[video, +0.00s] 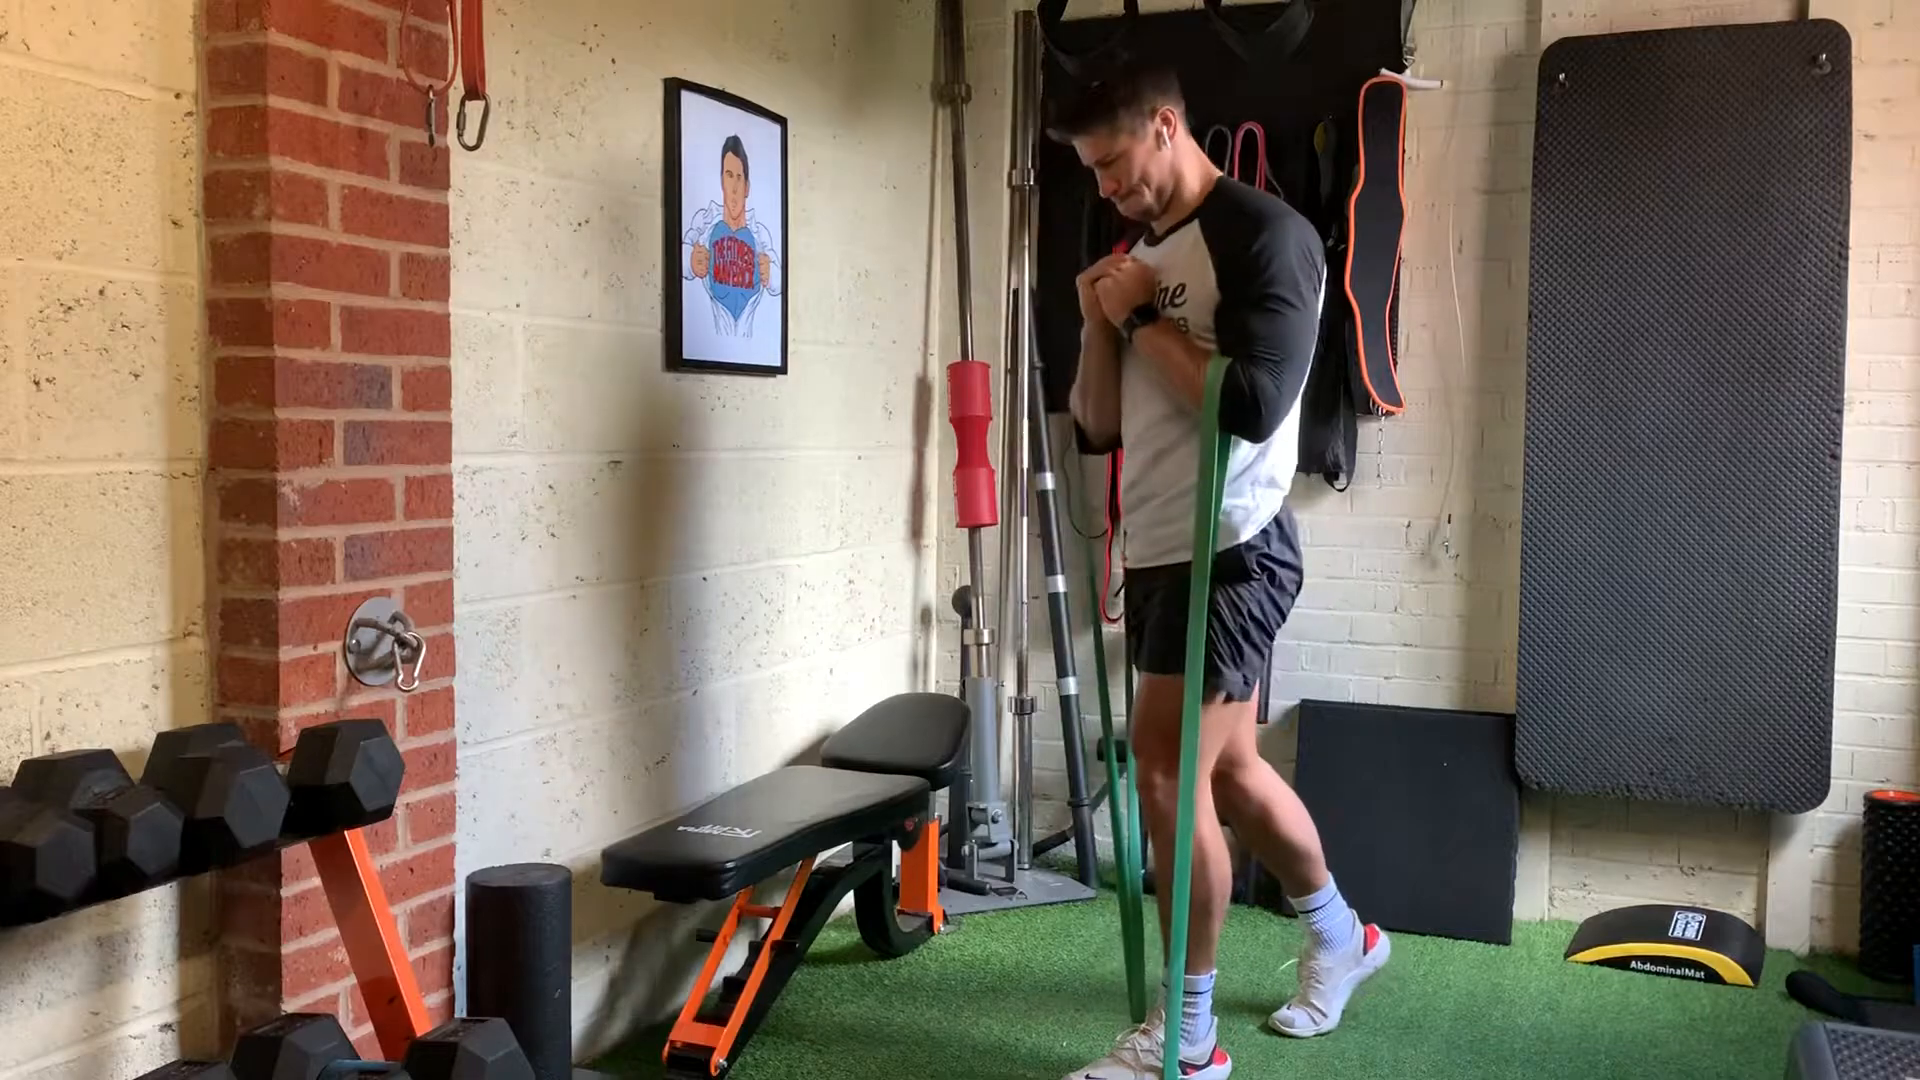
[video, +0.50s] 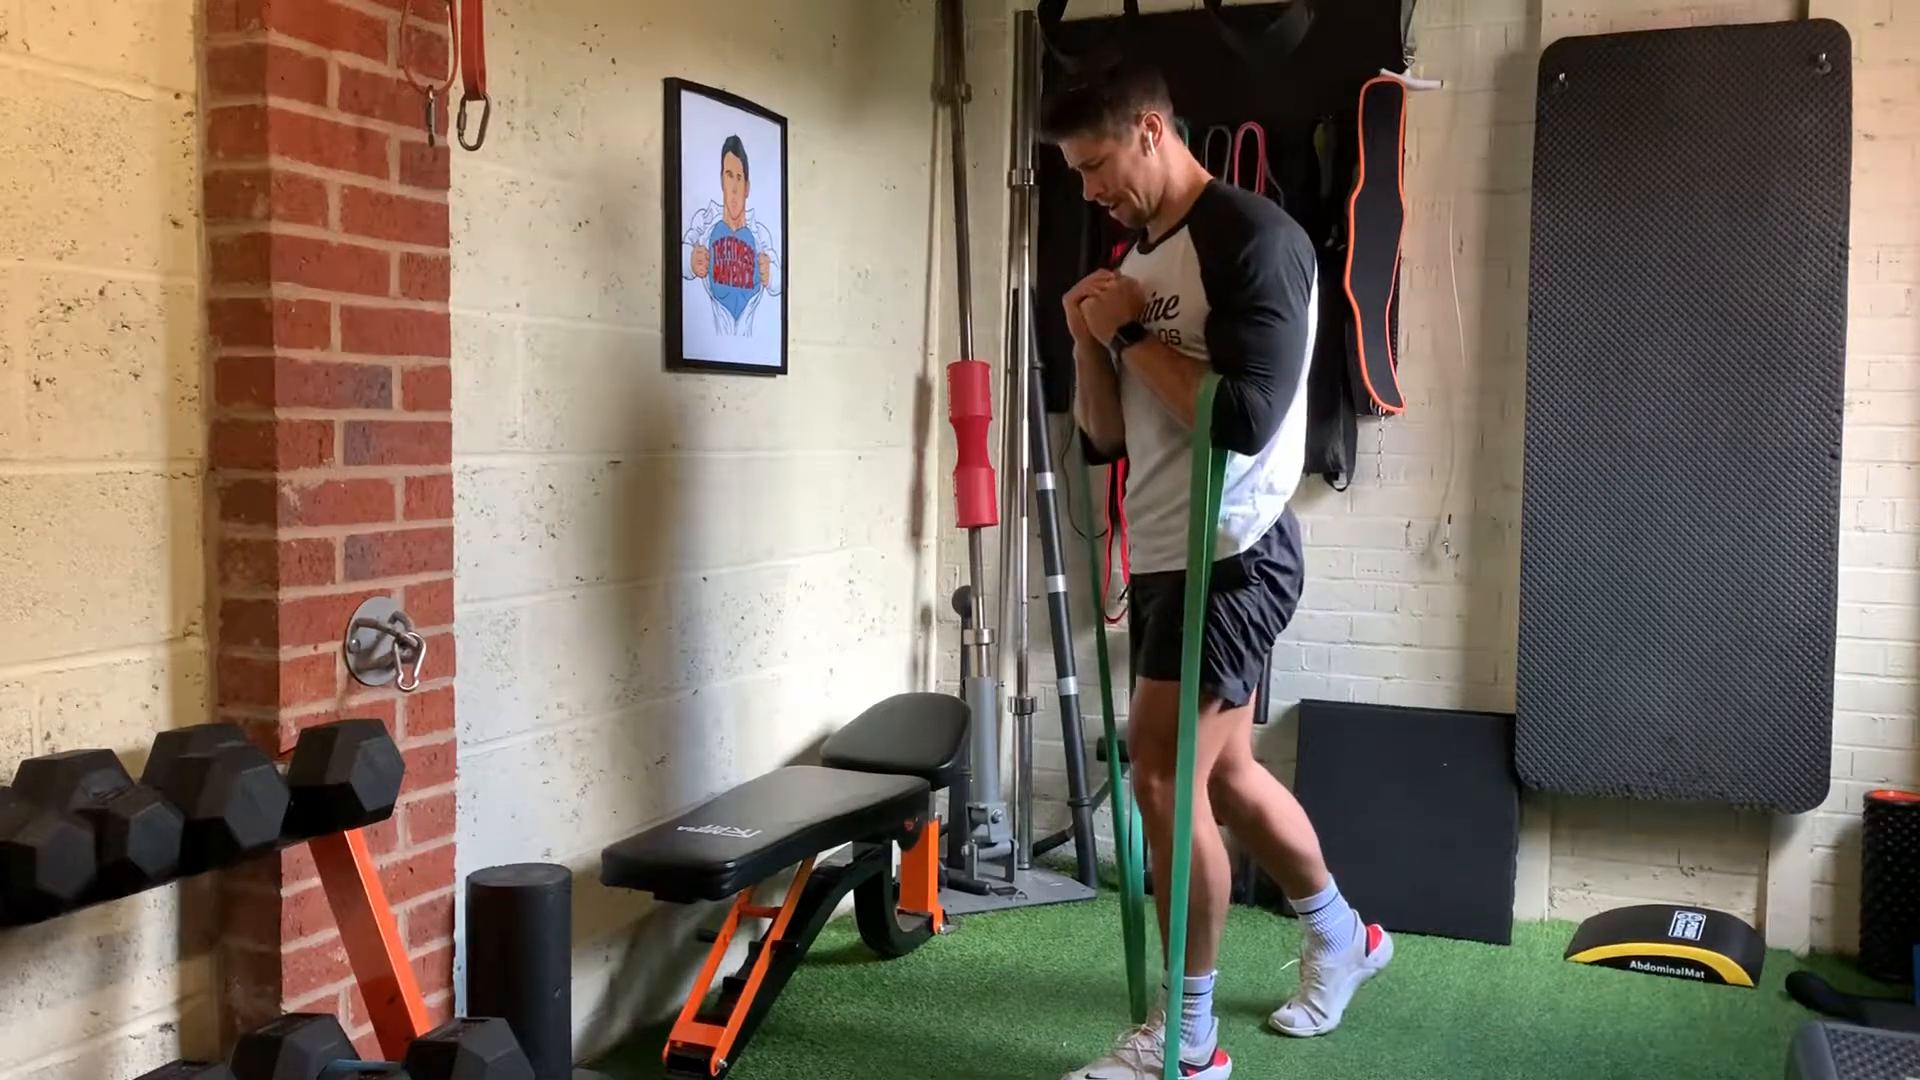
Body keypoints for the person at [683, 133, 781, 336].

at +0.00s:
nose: (734, 185)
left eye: (739, 176)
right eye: (729, 175)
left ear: (747, 186)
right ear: (721, 181)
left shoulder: (760, 231)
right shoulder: (704, 223)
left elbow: (778, 287)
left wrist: (770, 274)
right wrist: (692, 266)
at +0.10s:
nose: (734, 185)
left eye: (739, 176)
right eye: (729, 175)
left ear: (747, 186)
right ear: (721, 181)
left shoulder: (760, 232)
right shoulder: (704, 223)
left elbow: (779, 287)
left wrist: (770, 274)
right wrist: (692, 266)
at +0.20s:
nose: (733, 184)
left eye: (739, 177)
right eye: (728, 175)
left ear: (747, 187)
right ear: (721, 181)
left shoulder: (760, 232)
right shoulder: (704, 223)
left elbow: (779, 286)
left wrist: (771, 274)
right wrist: (691, 264)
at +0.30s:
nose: (733, 185)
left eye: (739, 177)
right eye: (729, 175)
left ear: (747, 187)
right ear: (721, 180)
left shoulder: (760, 233)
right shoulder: (704, 225)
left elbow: (779, 287)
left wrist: (770, 274)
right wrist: (692, 265)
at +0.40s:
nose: (733, 185)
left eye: (739, 177)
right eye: (728, 175)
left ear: (747, 187)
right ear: (721, 181)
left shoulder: (760, 232)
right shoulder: (704, 222)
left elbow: (780, 285)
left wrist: (771, 274)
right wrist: (691, 264)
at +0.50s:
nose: (733, 185)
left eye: (739, 177)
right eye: (728, 175)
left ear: (747, 187)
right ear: (721, 181)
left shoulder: (760, 232)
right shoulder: (704, 222)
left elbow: (779, 285)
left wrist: (770, 273)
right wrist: (691, 264)